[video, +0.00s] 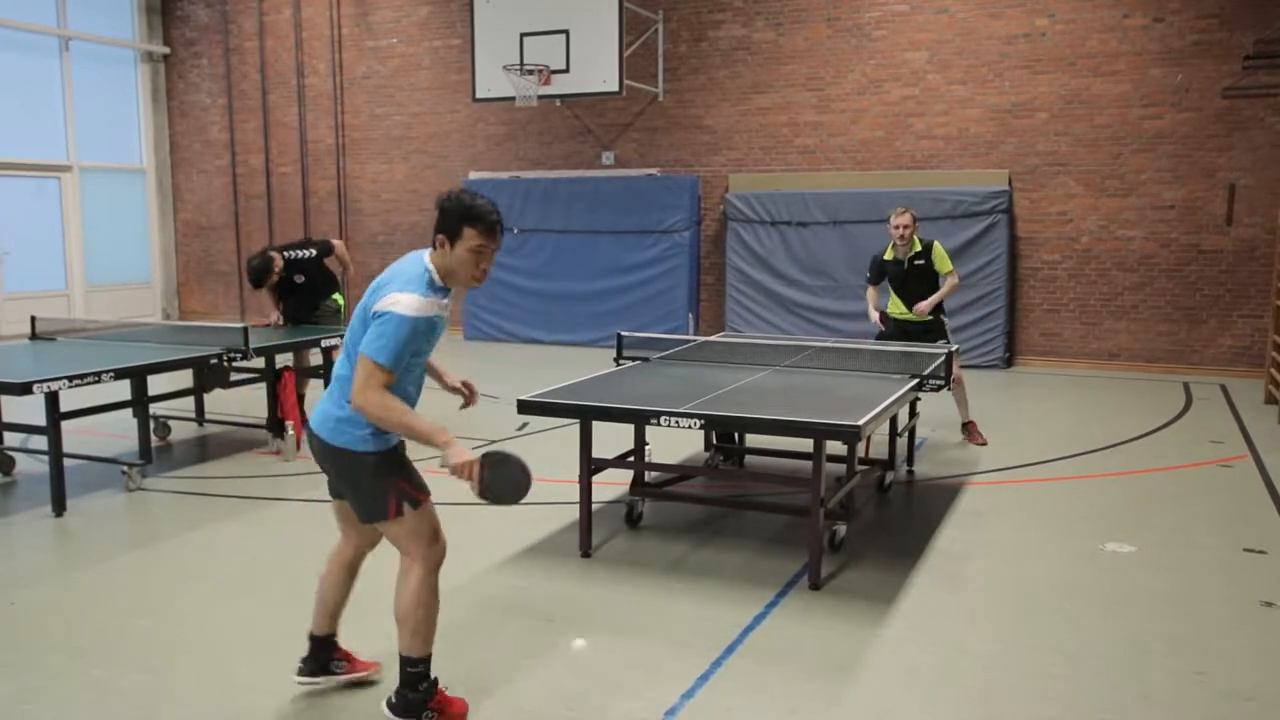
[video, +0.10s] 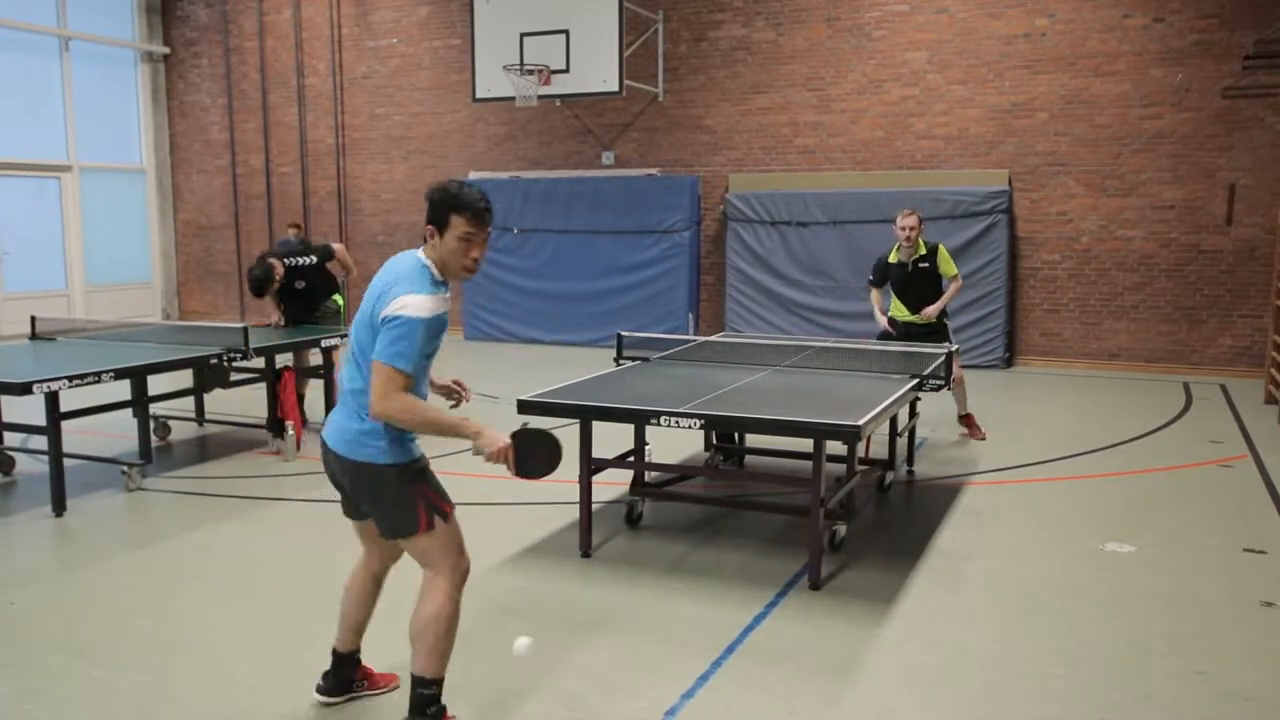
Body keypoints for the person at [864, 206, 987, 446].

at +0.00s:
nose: (901, 232)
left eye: (906, 227)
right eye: (896, 227)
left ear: (915, 228)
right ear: (889, 229)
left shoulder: (931, 248)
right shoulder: (882, 258)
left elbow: (952, 279)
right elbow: (872, 286)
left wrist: (931, 302)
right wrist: (873, 310)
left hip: (931, 323)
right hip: (896, 322)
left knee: (955, 374)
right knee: (877, 372)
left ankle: (967, 423)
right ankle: (866, 429)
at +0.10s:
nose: (907, 234)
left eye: (912, 229)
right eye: (902, 229)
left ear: (920, 230)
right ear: (896, 230)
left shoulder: (935, 252)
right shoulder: (887, 260)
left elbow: (956, 281)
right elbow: (875, 288)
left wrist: (938, 306)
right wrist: (879, 314)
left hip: (933, 324)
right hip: (900, 324)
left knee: (955, 375)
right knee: (882, 372)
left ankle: (964, 416)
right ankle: (867, 428)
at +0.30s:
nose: (921, 314)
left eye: (926, 311)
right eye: (916, 310)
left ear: (936, 301)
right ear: (910, 298)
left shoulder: (946, 299)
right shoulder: (898, 298)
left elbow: (948, 337)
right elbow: (890, 327)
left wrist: (929, 338)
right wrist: (923, 318)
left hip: (940, 354)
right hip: (903, 355)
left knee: (971, 387)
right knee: (875, 387)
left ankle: (969, 436)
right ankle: (862, 439)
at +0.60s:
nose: (929, 308)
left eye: (934, 305)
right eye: (925, 304)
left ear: (942, 297)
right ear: (918, 293)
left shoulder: (949, 293)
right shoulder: (905, 297)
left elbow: (957, 327)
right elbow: (911, 322)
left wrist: (938, 330)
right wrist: (944, 313)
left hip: (938, 356)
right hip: (904, 357)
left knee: (978, 388)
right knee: (877, 391)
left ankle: (970, 437)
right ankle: (863, 437)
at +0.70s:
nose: (931, 293)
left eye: (936, 289)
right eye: (928, 289)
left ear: (945, 280)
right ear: (918, 277)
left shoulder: (951, 279)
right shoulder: (906, 286)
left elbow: (957, 311)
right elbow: (918, 304)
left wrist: (942, 311)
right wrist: (953, 294)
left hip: (937, 348)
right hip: (902, 349)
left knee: (977, 387)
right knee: (879, 391)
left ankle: (970, 437)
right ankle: (862, 437)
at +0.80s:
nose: (930, 270)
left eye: (935, 266)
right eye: (926, 265)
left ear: (945, 259)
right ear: (918, 255)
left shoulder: (950, 265)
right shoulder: (905, 268)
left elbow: (960, 294)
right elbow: (932, 280)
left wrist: (948, 283)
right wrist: (955, 263)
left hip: (936, 338)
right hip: (900, 338)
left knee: (972, 385)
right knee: (882, 387)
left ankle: (970, 436)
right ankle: (863, 438)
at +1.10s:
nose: (927, 269)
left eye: (931, 264)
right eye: (922, 263)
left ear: (937, 259)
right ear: (913, 255)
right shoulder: (898, 267)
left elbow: (953, 266)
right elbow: (931, 289)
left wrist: (966, 277)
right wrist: (944, 265)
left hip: (932, 336)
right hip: (896, 338)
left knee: (967, 383)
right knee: (875, 385)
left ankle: (969, 436)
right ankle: (857, 434)